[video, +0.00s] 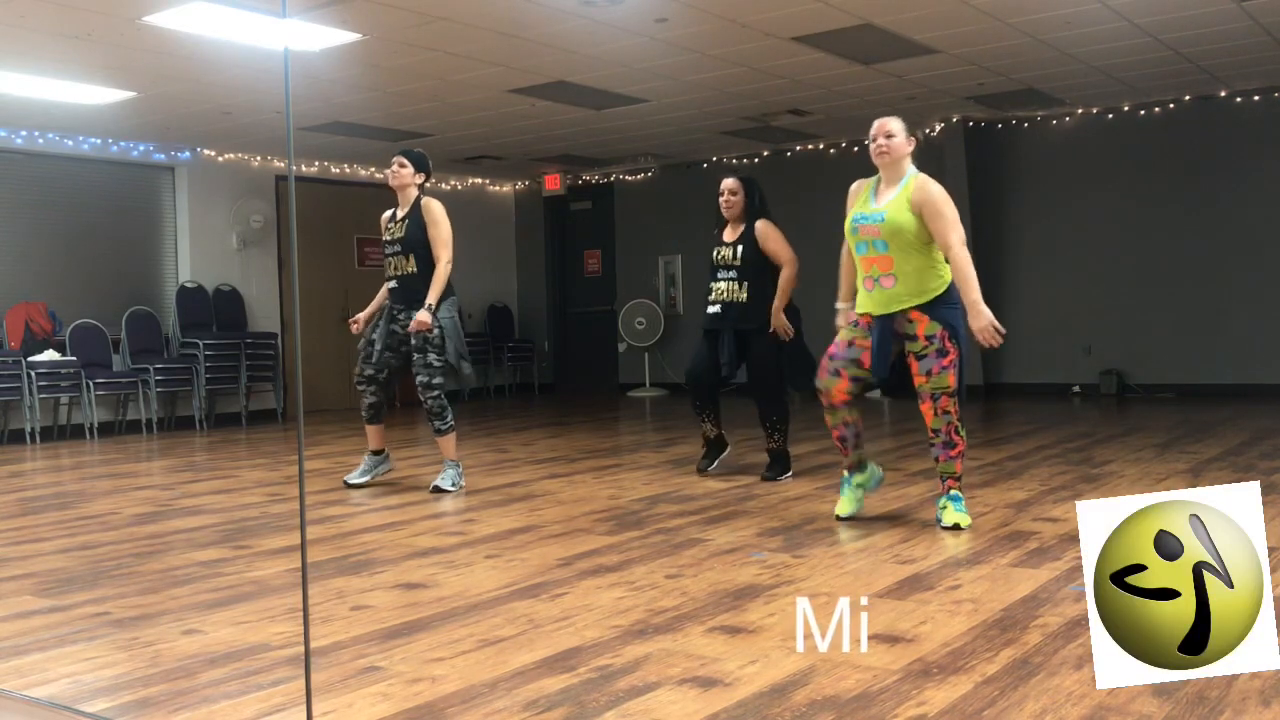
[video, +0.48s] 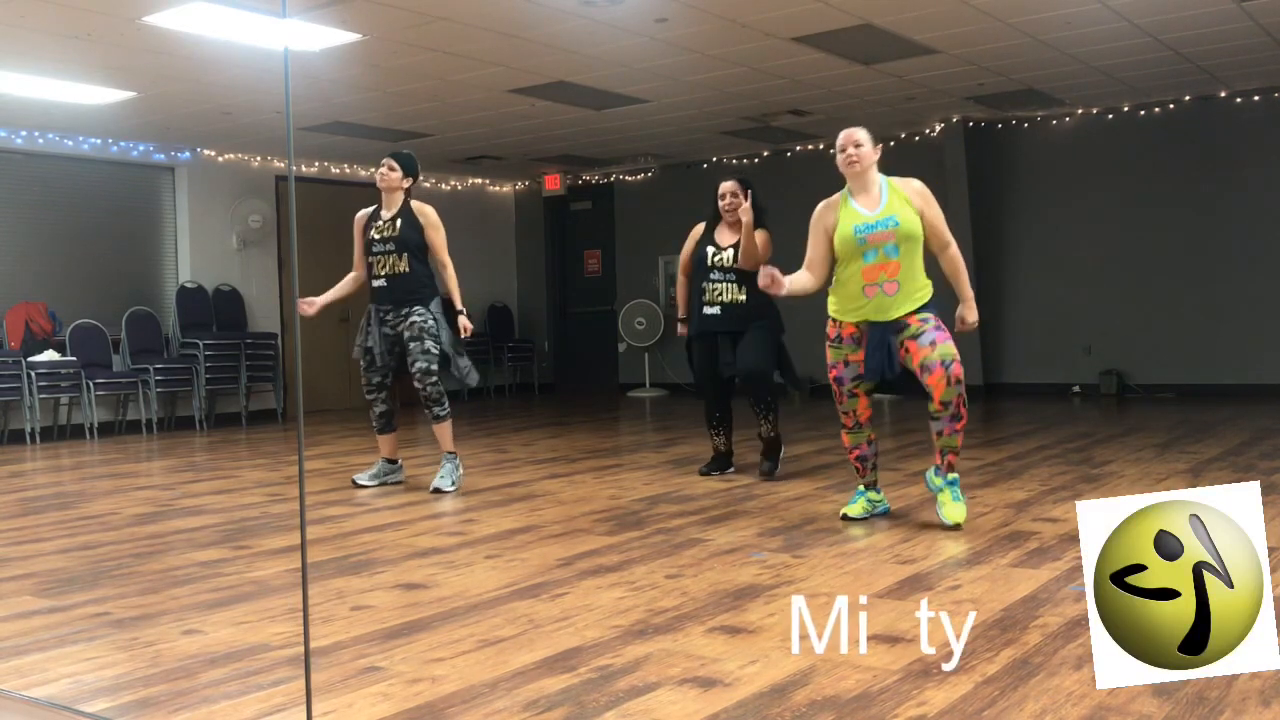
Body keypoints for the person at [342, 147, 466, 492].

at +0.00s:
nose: (391, 169)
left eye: (400, 166)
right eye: (391, 165)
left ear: (419, 176)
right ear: (390, 176)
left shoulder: (431, 207)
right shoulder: (388, 218)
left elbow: (444, 261)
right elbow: (395, 276)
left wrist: (428, 308)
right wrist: (368, 312)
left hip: (427, 311)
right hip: (394, 312)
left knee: (430, 388)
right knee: (368, 377)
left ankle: (452, 467)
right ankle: (377, 456)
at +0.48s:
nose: (382, 171)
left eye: (390, 169)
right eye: (381, 167)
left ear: (407, 180)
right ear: (376, 176)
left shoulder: (423, 214)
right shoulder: (364, 219)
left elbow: (444, 263)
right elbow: (358, 274)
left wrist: (459, 309)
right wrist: (321, 300)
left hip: (419, 312)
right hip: (379, 315)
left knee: (426, 380)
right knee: (376, 385)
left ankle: (450, 461)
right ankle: (389, 463)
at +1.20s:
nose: (389, 169)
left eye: (397, 165)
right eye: (388, 164)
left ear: (415, 174)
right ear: (386, 172)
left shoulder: (430, 212)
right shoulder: (374, 210)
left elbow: (443, 267)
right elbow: (363, 264)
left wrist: (431, 304)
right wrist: (350, 311)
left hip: (420, 311)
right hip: (384, 313)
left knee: (433, 385)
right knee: (386, 388)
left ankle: (459, 462)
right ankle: (390, 463)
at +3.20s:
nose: (400, 166)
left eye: (408, 162)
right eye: (398, 162)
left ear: (427, 170)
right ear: (397, 172)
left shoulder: (441, 201)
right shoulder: (394, 216)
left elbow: (465, 252)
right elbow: (398, 272)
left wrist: (466, 304)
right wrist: (369, 311)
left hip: (433, 310)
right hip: (397, 311)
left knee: (445, 385)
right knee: (399, 386)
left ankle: (460, 466)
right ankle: (399, 461)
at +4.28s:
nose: (389, 168)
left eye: (398, 165)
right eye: (389, 163)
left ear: (415, 176)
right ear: (385, 174)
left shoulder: (432, 210)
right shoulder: (374, 220)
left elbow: (457, 259)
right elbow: (369, 275)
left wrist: (468, 301)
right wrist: (334, 299)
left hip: (428, 311)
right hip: (389, 314)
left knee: (435, 384)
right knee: (392, 388)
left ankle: (458, 462)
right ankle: (400, 463)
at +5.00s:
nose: (386, 176)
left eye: (394, 172)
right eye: (385, 170)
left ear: (411, 182)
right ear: (382, 178)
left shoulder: (426, 219)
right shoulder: (366, 214)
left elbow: (444, 268)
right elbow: (346, 262)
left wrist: (441, 287)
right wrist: (327, 308)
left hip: (420, 312)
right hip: (382, 316)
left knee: (428, 378)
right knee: (380, 387)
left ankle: (454, 455)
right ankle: (400, 464)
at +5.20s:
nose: (392, 169)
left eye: (400, 164)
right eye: (391, 164)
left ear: (420, 171)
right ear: (391, 172)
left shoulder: (435, 209)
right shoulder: (384, 208)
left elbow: (441, 265)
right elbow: (384, 260)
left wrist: (398, 270)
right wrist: (376, 302)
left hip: (427, 310)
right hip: (390, 311)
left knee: (435, 386)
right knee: (392, 385)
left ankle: (456, 465)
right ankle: (400, 462)